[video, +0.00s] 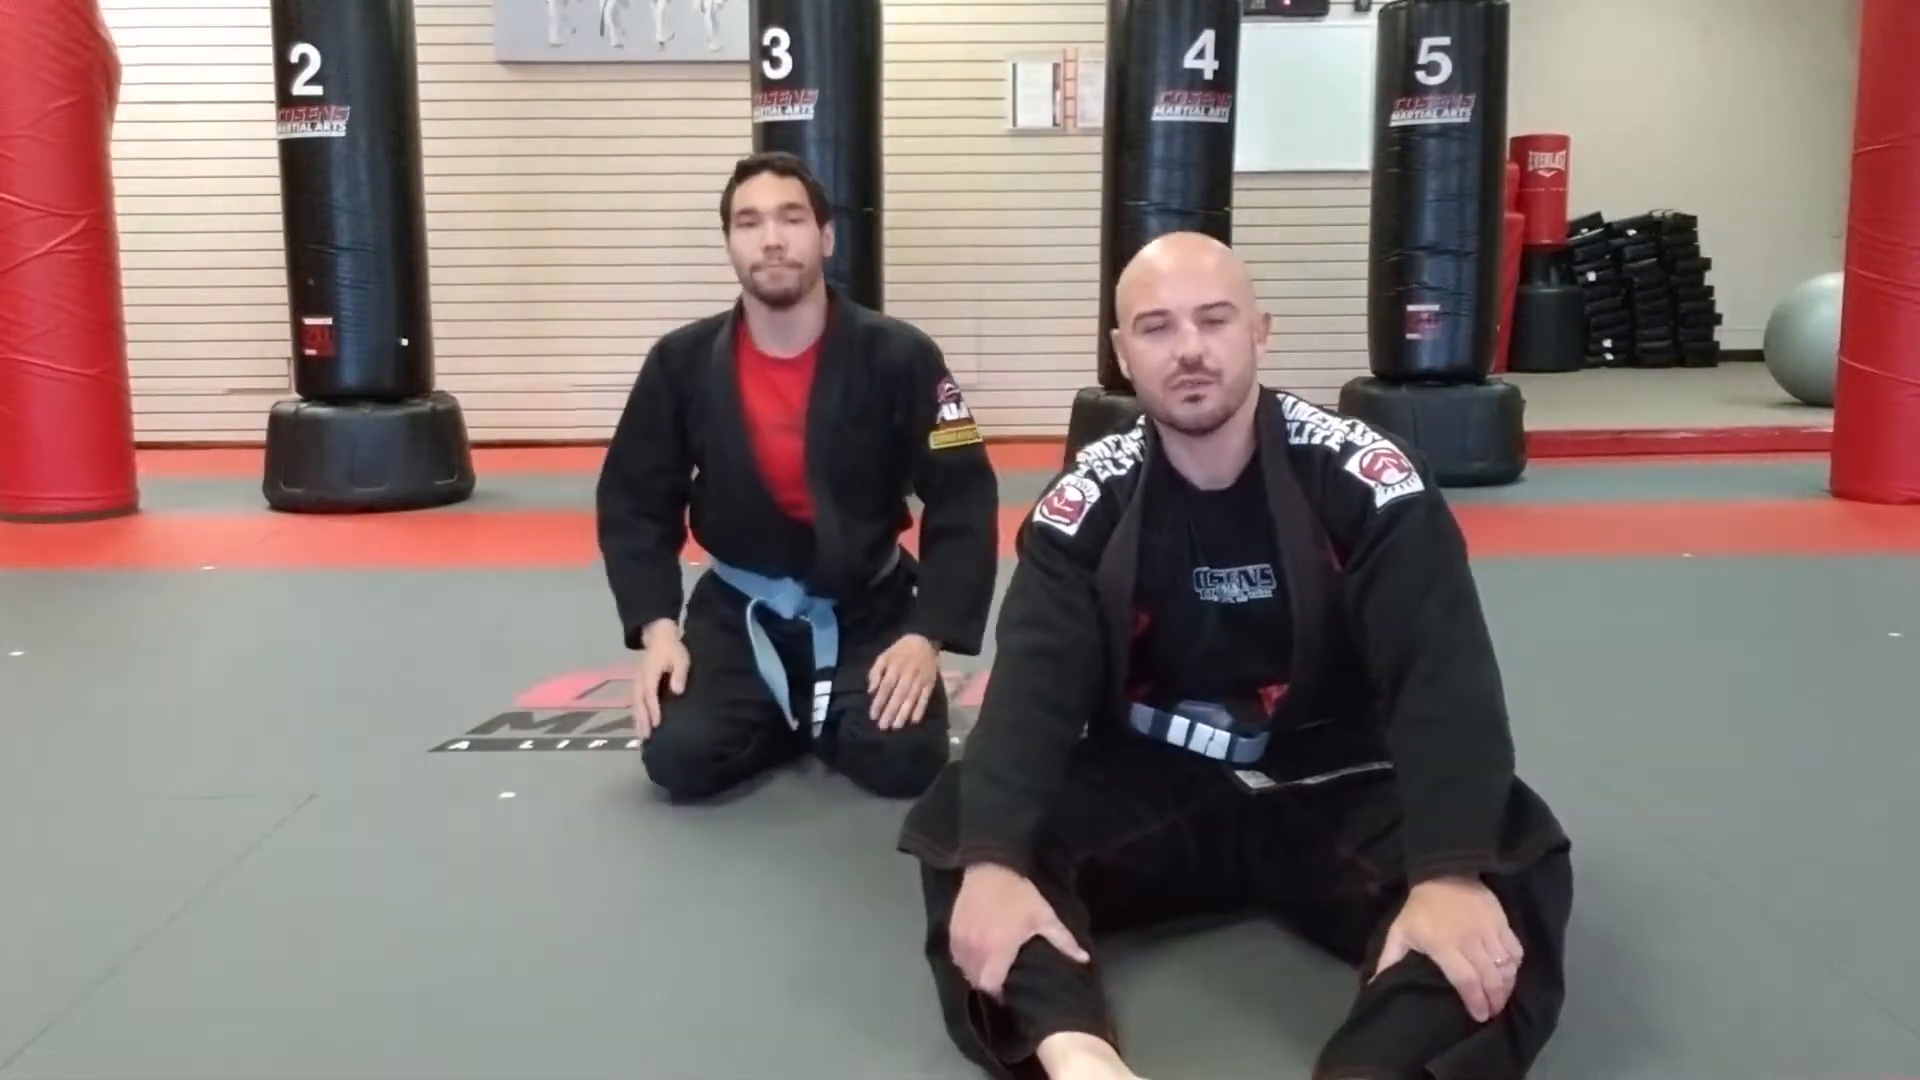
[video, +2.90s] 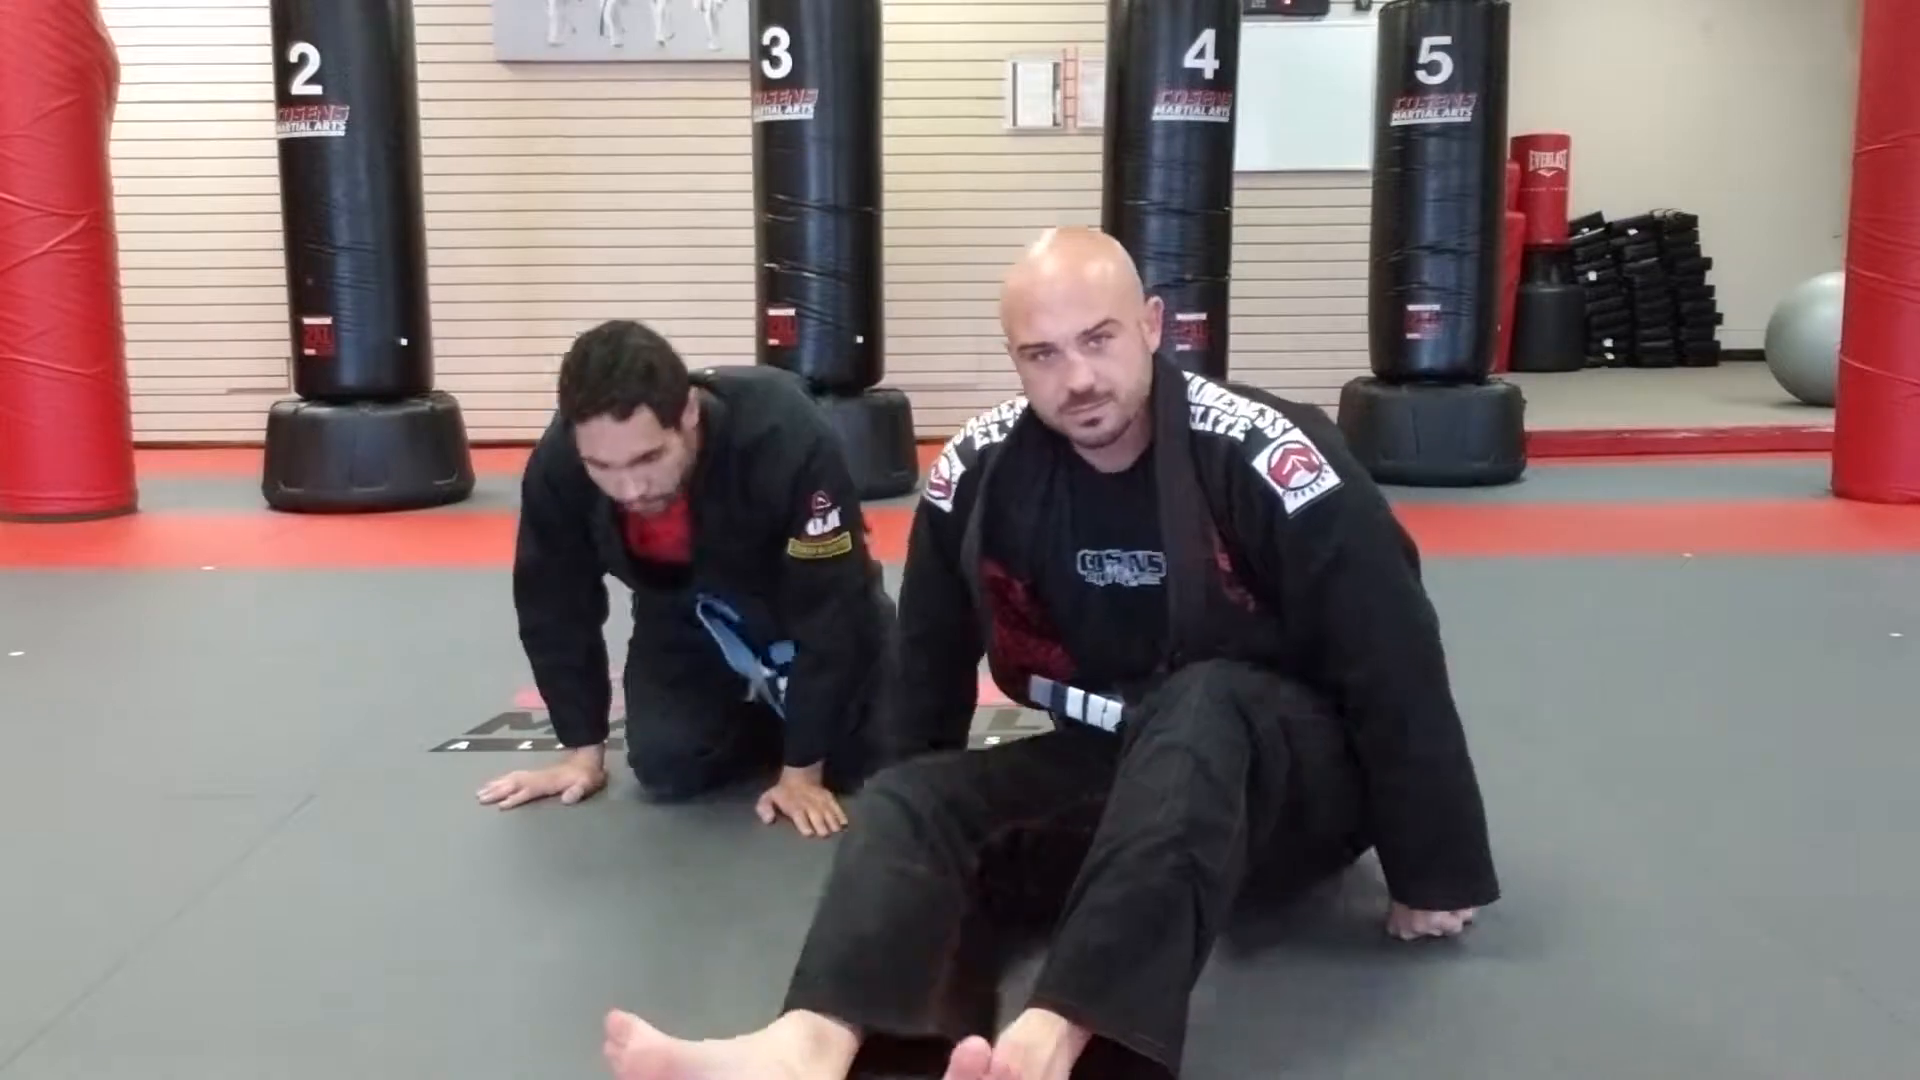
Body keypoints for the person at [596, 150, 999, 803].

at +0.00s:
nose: (771, 240)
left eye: (790, 219)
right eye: (750, 223)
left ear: (826, 237)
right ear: (728, 247)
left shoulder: (900, 360)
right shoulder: (682, 365)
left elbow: (964, 497)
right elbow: (635, 501)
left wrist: (929, 634)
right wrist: (655, 628)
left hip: (866, 599)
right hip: (740, 600)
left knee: (905, 761)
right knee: (682, 759)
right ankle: (810, 710)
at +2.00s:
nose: (795, 232)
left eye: (815, 215)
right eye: (774, 216)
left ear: (844, 237)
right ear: (749, 239)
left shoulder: (913, 355)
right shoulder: (694, 353)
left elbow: (974, 484)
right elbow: (631, 478)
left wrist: (932, 605)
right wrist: (669, 597)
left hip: (867, 605)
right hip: (736, 601)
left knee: (908, 760)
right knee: (678, 759)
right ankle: (804, 713)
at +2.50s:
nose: (772, 275)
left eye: (792, 252)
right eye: (749, 254)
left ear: (824, 257)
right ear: (725, 263)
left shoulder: (889, 370)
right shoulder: (676, 374)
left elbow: (936, 519)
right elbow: (628, 518)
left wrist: (872, 621)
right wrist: (627, 646)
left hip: (861, 609)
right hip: (735, 604)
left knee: (919, 758)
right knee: (676, 749)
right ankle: (809, 708)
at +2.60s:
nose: (747, 306)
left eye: (767, 280)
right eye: (725, 284)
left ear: (801, 280)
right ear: (700, 289)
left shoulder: (866, 387)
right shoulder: (655, 395)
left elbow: (900, 545)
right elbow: (613, 552)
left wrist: (841, 678)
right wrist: (595, 704)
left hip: (856, 605)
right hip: (731, 606)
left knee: (902, 752)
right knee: (681, 750)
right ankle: (804, 710)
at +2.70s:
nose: (712, 353)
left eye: (733, 324)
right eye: (688, 328)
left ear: (769, 318)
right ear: (663, 328)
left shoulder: (839, 412)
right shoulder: (625, 419)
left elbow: (862, 587)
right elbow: (587, 578)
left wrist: (816, 749)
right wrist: (583, 748)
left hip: (835, 619)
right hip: (715, 620)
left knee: (893, 765)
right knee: (687, 764)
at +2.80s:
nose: (670, 425)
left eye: (691, 395)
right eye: (644, 400)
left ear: (730, 372)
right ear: (618, 384)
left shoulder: (802, 432)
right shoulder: (587, 445)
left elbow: (841, 601)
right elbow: (570, 596)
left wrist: (804, 770)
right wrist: (582, 750)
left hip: (817, 626)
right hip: (697, 627)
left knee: (882, 770)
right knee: (682, 772)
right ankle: (799, 716)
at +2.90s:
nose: (626, 489)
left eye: (647, 460)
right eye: (602, 467)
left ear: (689, 418)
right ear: (578, 443)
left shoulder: (782, 437)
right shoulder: (561, 466)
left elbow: (831, 606)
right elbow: (557, 606)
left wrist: (803, 771)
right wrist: (582, 752)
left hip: (799, 599)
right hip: (679, 611)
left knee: (858, 767)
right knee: (668, 768)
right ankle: (791, 714)